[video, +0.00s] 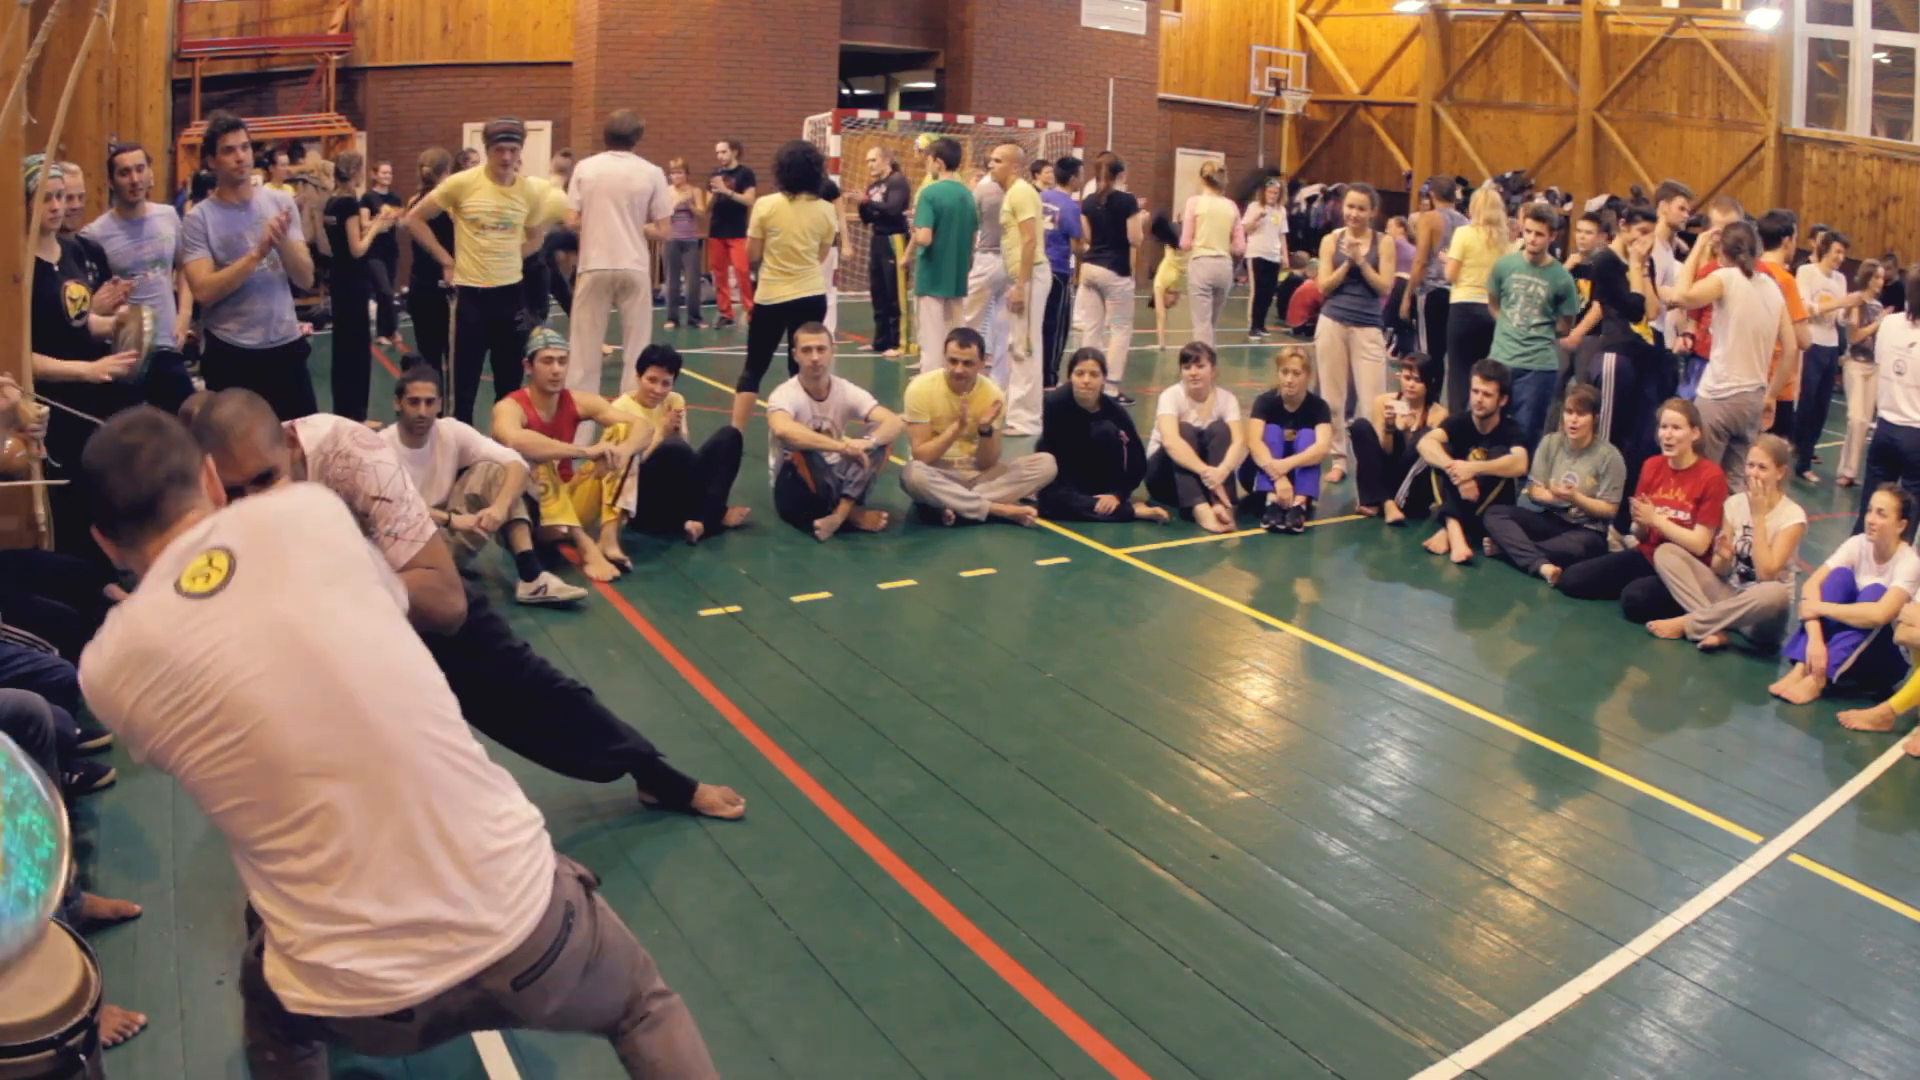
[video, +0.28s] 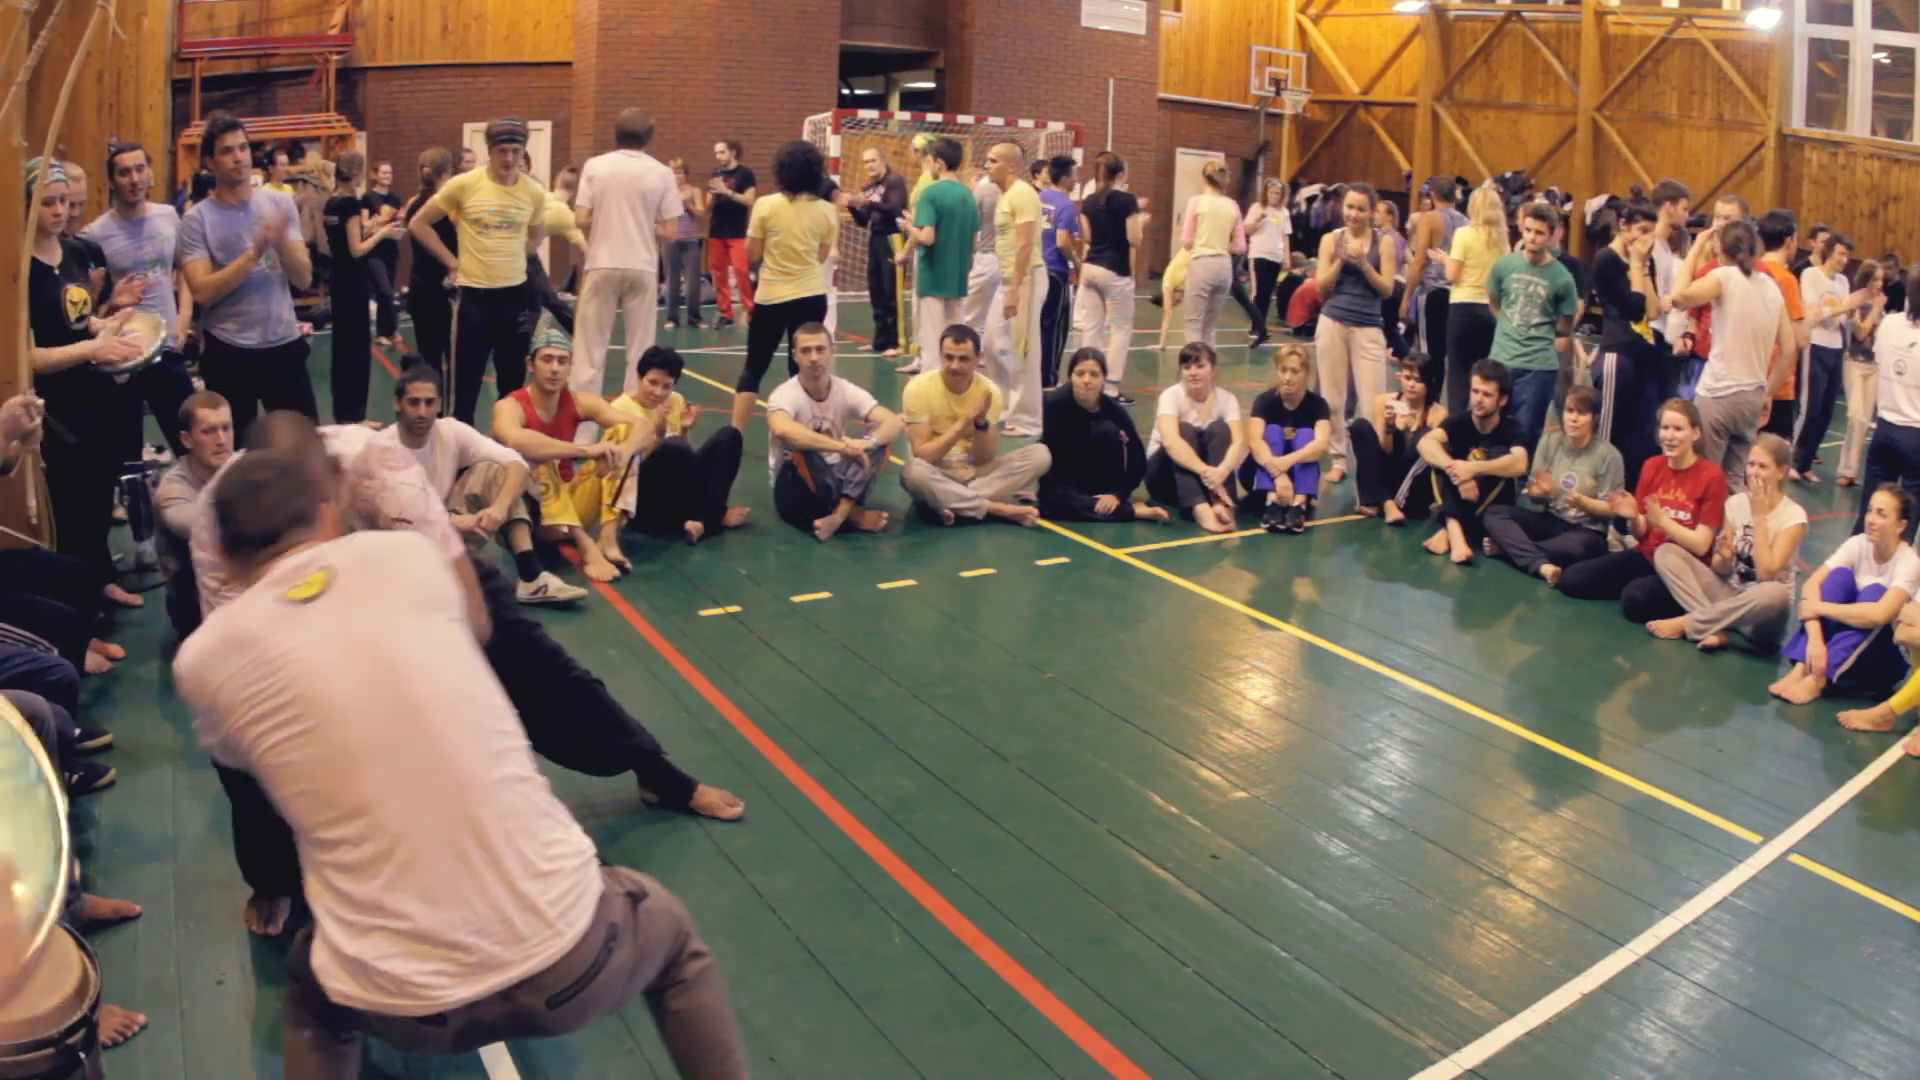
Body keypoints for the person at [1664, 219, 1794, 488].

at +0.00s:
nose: (1717, 258)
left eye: (1717, 251)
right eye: (1717, 251)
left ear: (1723, 253)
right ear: (1754, 251)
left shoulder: (1724, 278)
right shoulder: (1772, 287)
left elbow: (1683, 296)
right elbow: (1791, 348)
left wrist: (1696, 250)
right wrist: (1771, 394)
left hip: (1718, 394)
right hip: (1755, 395)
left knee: (1702, 479)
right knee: (1739, 481)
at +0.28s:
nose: (1717, 255)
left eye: (1717, 249)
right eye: (1717, 248)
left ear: (1722, 251)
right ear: (1753, 249)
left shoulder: (1723, 277)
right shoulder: (1771, 286)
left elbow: (1680, 296)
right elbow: (1790, 348)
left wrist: (1694, 251)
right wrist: (1768, 392)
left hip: (1717, 392)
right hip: (1755, 392)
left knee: (1704, 477)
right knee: (1737, 478)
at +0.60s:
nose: (1711, 249)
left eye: (1711, 245)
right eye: (1712, 244)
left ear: (1716, 248)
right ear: (1746, 247)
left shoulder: (1721, 276)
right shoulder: (1768, 285)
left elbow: (1676, 299)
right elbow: (1784, 348)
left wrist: (1688, 255)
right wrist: (1767, 396)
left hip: (1718, 392)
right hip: (1755, 392)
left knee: (1705, 477)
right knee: (1738, 478)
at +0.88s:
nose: (1705, 252)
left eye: (1707, 246)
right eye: (1707, 246)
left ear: (1714, 250)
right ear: (1743, 248)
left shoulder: (1714, 279)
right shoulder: (1764, 284)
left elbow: (1701, 337)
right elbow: (1773, 344)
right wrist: (1758, 377)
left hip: (1718, 390)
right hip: (1755, 391)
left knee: (1706, 476)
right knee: (1738, 476)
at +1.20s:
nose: (1705, 248)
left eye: (1707, 243)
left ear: (1709, 248)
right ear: (1742, 250)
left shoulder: (1704, 279)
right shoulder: (1760, 282)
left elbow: (1696, 340)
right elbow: (1776, 340)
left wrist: (1682, 374)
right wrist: (1750, 356)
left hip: (1714, 390)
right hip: (1753, 387)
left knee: (1705, 477)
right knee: (1737, 475)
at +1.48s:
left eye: (1706, 243)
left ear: (1706, 248)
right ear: (1739, 246)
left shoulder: (1702, 280)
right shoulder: (1757, 280)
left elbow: (1690, 343)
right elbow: (1765, 336)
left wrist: (1677, 360)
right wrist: (1751, 366)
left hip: (1711, 391)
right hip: (1751, 391)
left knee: (1708, 476)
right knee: (1738, 475)